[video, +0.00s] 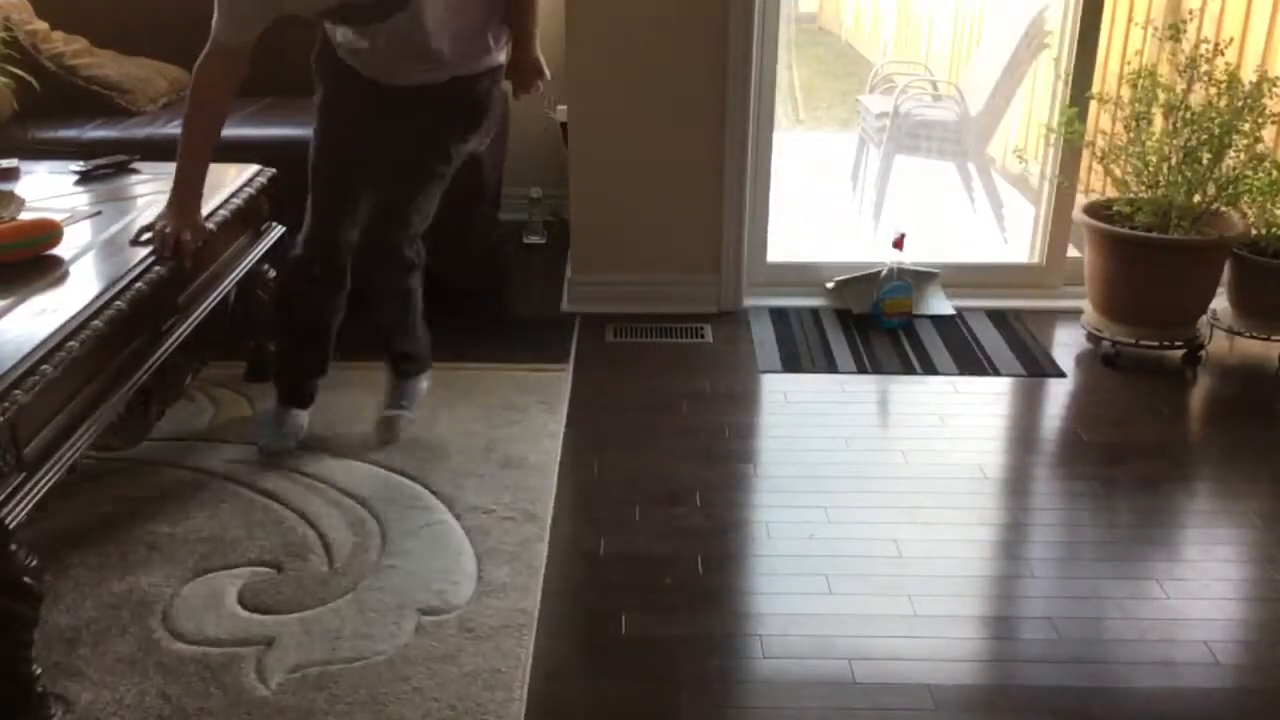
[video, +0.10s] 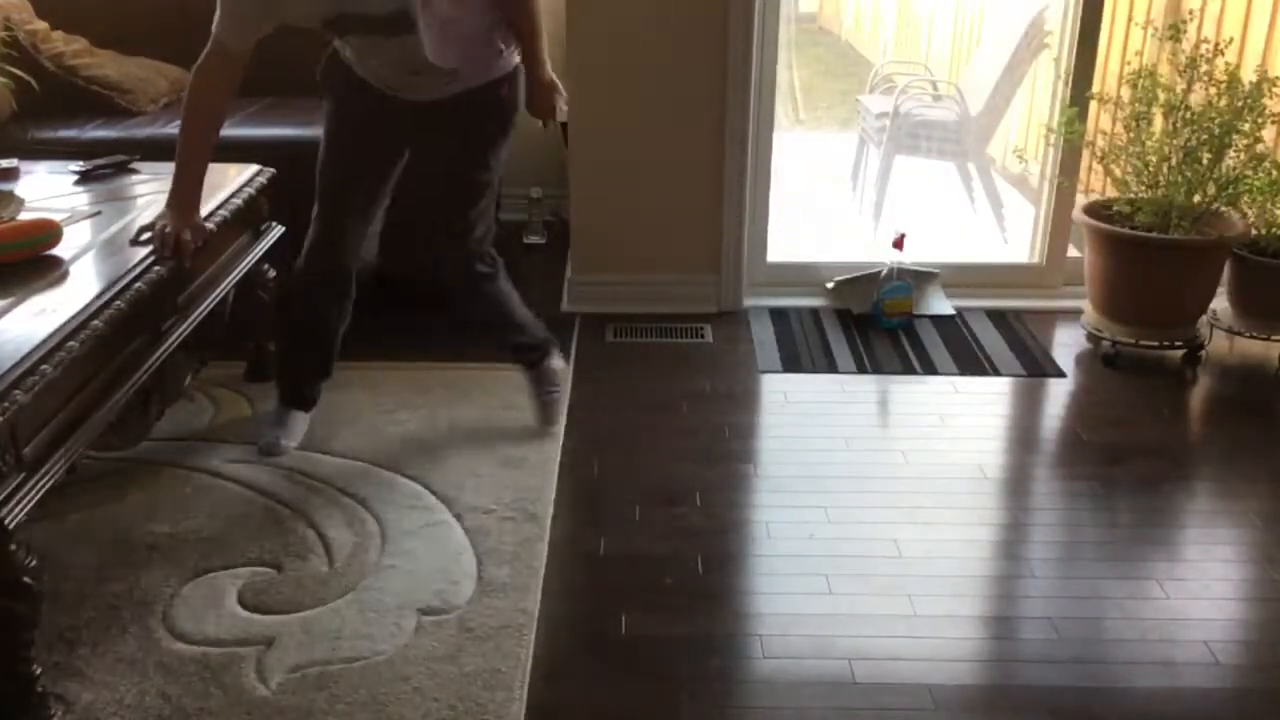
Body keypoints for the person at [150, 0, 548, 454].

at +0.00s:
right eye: (335, 23)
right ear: (326, 14)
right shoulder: (255, 3)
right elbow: (222, 60)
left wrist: (526, 49)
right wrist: (184, 200)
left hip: (458, 70)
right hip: (356, 64)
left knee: (391, 238)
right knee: (324, 240)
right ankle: (293, 401)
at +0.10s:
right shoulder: (248, 7)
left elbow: (515, 7)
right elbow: (217, 68)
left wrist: (539, 72)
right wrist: (183, 200)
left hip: (476, 76)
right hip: (369, 75)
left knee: (453, 246)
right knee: (331, 248)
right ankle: (294, 403)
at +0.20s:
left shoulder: (491, 3)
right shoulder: (287, 8)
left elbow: (561, 23)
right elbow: (231, 78)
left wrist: (600, 121)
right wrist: (186, 201)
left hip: (506, 101)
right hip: (384, 103)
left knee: (558, 261)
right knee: (340, 270)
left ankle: (634, 387)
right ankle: (295, 406)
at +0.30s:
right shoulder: (353, 6)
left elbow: (652, 33)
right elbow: (270, 63)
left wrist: (694, 162)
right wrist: (202, 176)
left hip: (560, 109)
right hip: (440, 112)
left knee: (623, 267)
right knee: (372, 269)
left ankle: (669, 411)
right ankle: (294, 409)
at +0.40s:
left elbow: (818, 2)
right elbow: (356, 16)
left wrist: (830, 113)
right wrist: (260, 114)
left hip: (649, 105)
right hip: (541, 103)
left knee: (667, 269)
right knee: (458, 260)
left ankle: (668, 412)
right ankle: (326, 397)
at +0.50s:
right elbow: (442, 13)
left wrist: (926, 30)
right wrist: (330, 113)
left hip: (736, 86)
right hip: (635, 66)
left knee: (703, 259)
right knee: (586, 244)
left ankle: (671, 410)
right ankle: (485, 380)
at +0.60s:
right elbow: (549, 27)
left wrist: (926, 27)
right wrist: (482, 156)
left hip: (827, 65)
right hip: (726, 55)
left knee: (771, 255)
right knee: (724, 245)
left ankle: (707, 388)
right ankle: (676, 405)